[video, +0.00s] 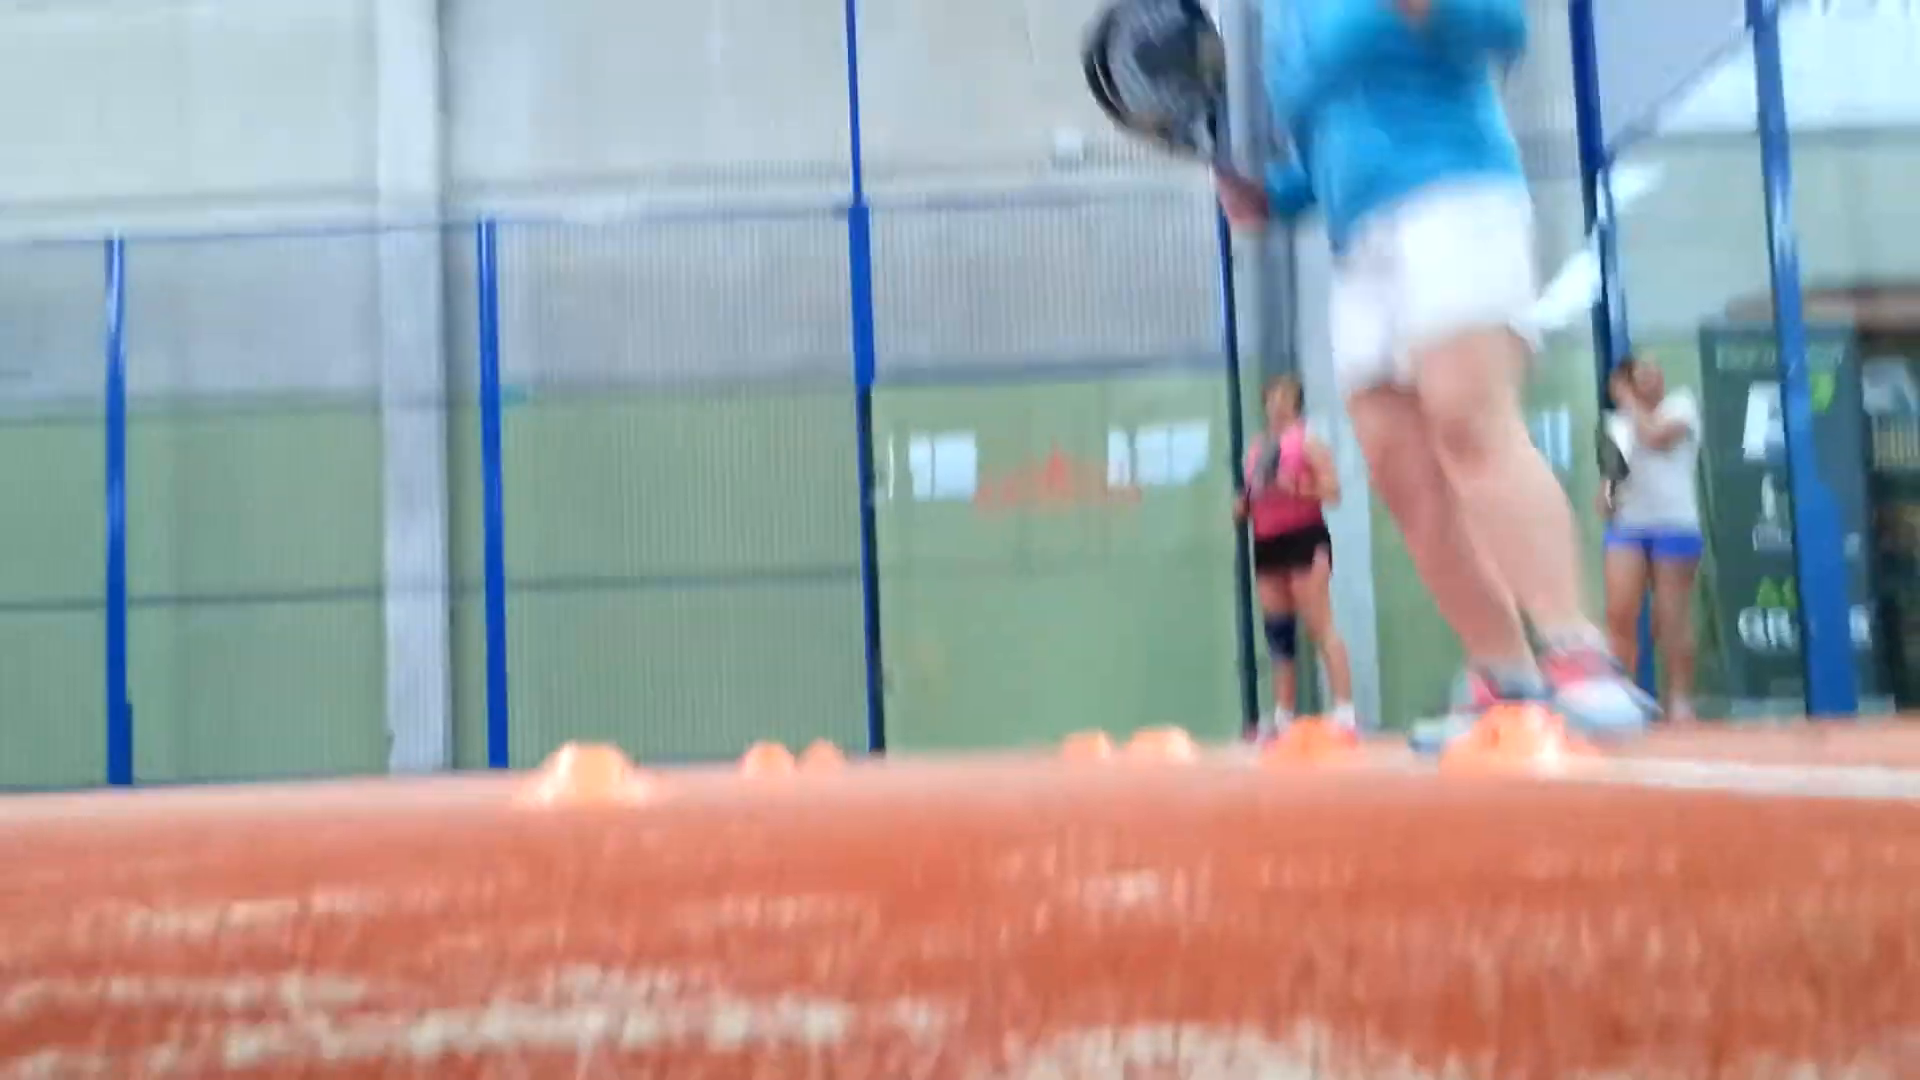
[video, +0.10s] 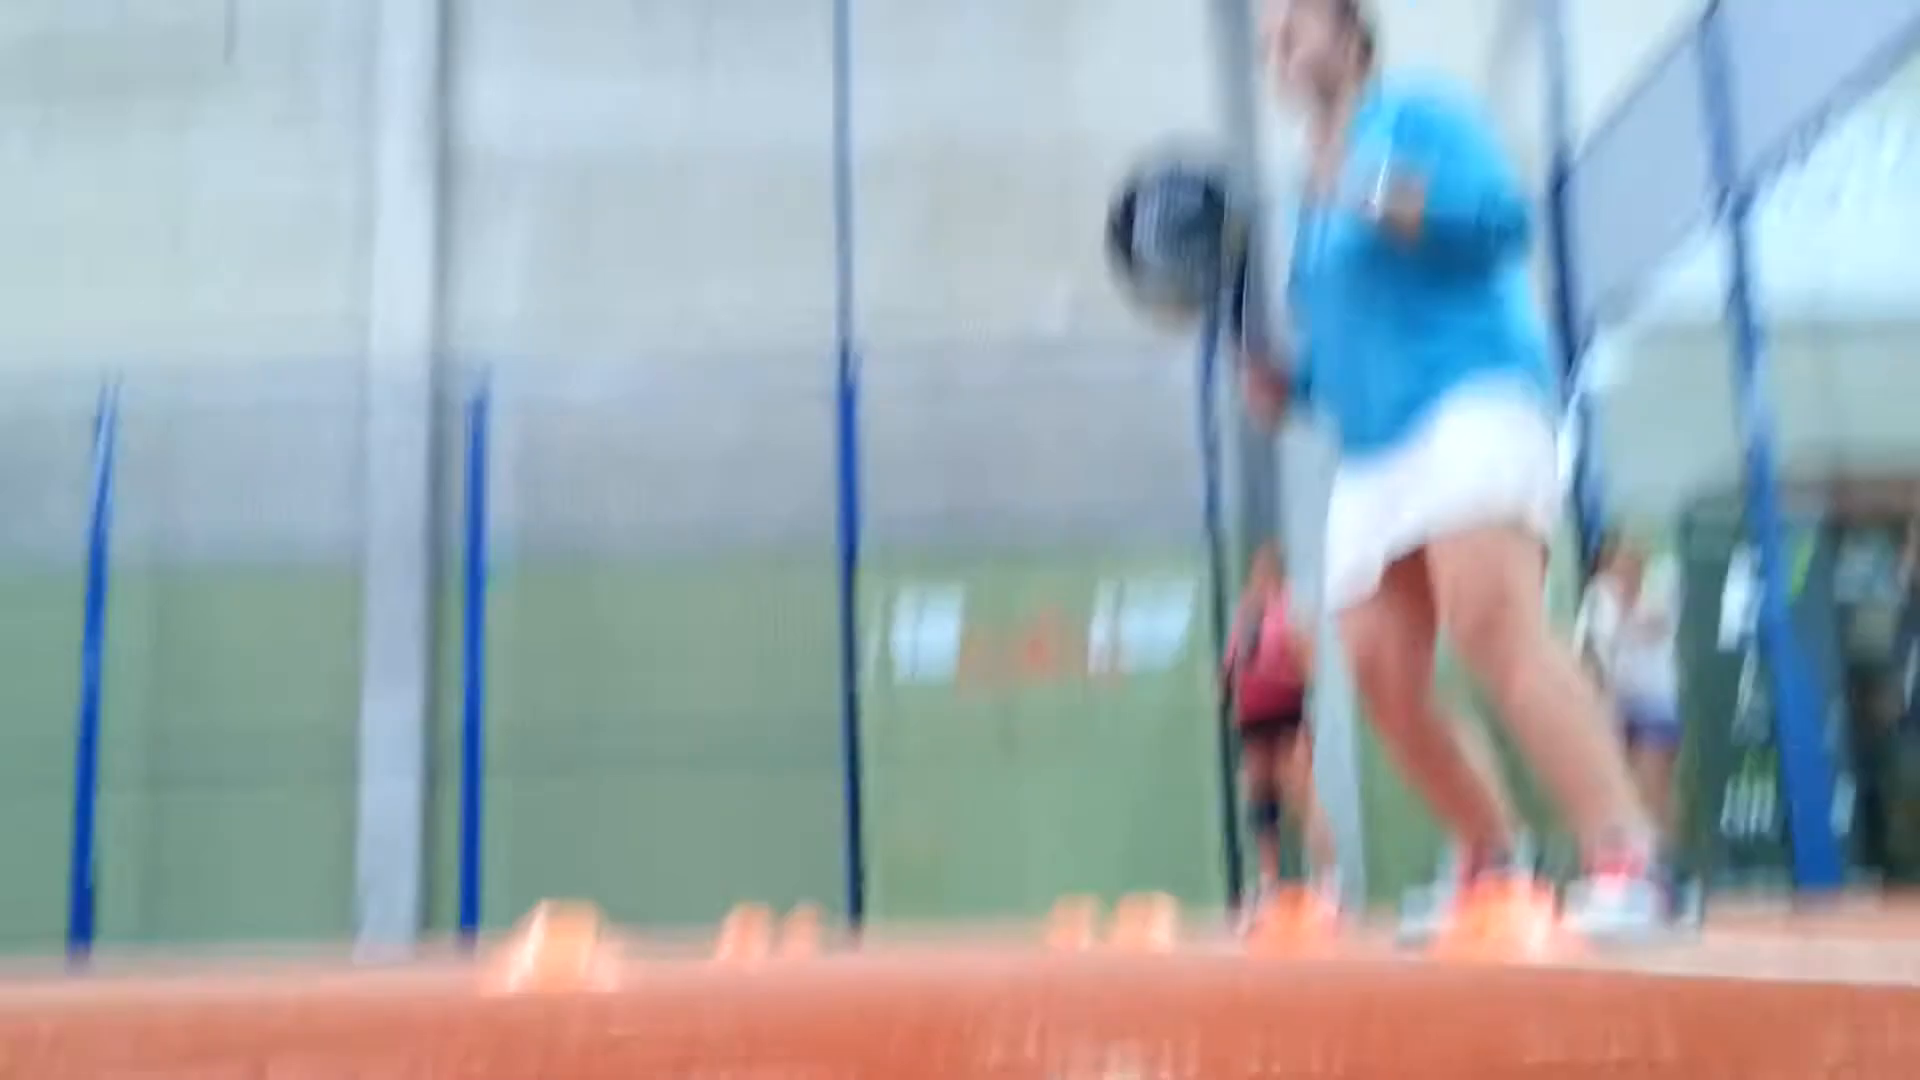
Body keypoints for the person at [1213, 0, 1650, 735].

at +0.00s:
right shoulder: (1286, 15)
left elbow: (1506, 29)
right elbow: (1331, 157)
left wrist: (1433, 11)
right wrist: (1269, 195)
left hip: (1455, 188)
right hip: (1357, 228)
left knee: (1470, 416)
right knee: (1399, 461)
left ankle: (1581, 664)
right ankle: (1510, 686)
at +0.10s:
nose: (1284, 56)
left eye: (1299, 32)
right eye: (1272, 41)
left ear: (1349, 30)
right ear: (1268, 56)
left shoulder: (1417, 110)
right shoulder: (1315, 177)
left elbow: (1503, 218)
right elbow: (1338, 350)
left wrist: (1402, 207)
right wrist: (1281, 378)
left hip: (1475, 398)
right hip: (1372, 439)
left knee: (1491, 620)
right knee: (1383, 675)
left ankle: (1623, 860)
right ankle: (1493, 858)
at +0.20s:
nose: (1254, 171)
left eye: (1268, 149)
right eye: (1249, 153)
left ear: (1315, 145)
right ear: (1262, 160)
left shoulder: (1387, 213)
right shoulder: (1298, 276)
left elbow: (1478, 307)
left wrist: (1351, 331)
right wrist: (1263, 472)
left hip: (1460, 523)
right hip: (1360, 556)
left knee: (1480, 760)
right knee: (1365, 798)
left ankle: (1603, 1025)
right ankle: (1484, 1028)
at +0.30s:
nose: (1288, 166)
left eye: (1304, 144)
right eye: (1282, 157)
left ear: (1369, 145)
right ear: (1299, 182)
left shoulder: (1431, 201)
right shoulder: (1341, 289)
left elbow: (1548, 284)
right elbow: (1401, 486)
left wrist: (1391, 315)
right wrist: (1351, 482)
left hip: (1517, 496)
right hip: (1428, 539)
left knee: (1527, 750)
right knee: (1423, 789)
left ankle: (1668, 1007)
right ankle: (1531, 1028)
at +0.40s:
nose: (1296, 117)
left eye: (1313, 94)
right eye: (1289, 106)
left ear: (1378, 93)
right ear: (1304, 129)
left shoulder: (1436, 151)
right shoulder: (1346, 240)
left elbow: (1553, 239)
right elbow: (1423, 406)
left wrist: (1400, 290)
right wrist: (1369, 443)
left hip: (1529, 445)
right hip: (1444, 482)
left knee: (1541, 714)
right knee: (1417, 744)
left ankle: (1691, 980)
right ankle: (1546, 991)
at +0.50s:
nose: (1306, 82)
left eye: (1323, 57)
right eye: (1302, 70)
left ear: (1390, 55)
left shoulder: (1456, 126)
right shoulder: (1367, 211)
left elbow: (1566, 226)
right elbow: (1427, 395)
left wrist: (1402, 277)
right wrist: (1371, 415)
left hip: (1537, 443)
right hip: (1447, 489)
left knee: (1556, 699)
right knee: (1431, 736)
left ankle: (1724, 958)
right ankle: (1567, 963)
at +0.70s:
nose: (1289, 11)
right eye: (1284, 3)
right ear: (1300, 27)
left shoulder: (1466, 66)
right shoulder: (1314, 169)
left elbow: (1603, 183)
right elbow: (1334, 309)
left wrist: (1447, 221)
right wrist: (1339, 361)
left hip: (1537, 392)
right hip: (1417, 441)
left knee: (1519, 632)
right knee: (1441, 681)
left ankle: (1632, 928)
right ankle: (1553, 944)